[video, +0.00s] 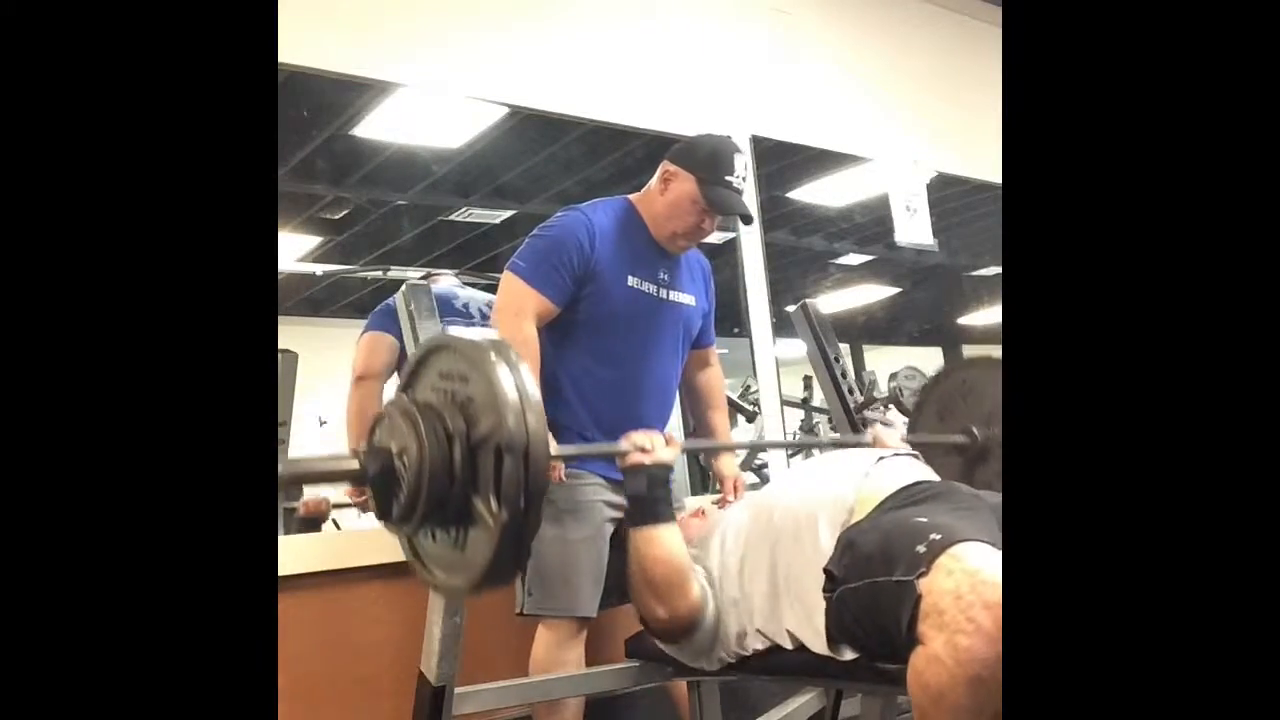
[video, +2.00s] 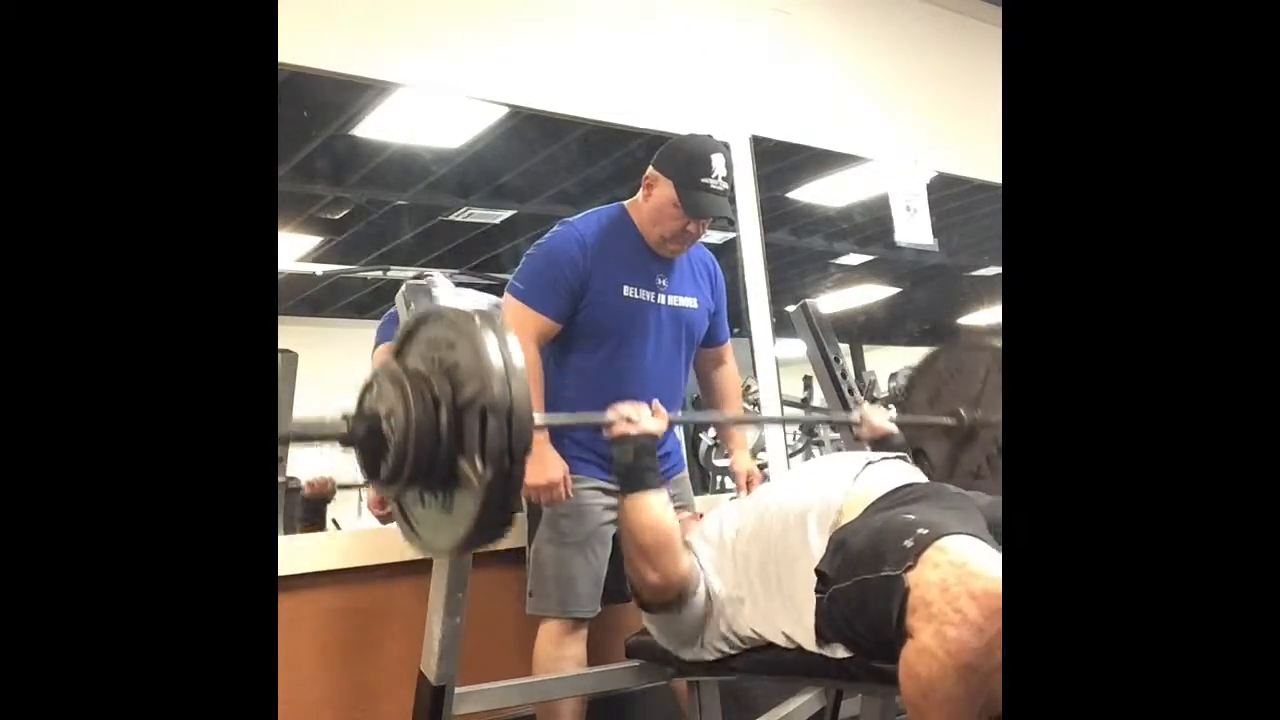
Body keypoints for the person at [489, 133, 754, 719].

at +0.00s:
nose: (712, 224)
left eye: (721, 214)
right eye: (706, 206)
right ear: (666, 178)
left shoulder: (697, 271)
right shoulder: (583, 232)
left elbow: (703, 366)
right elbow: (513, 315)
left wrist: (722, 453)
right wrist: (531, 431)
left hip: (651, 476)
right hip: (575, 469)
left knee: (627, 625)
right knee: (564, 626)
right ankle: (557, 718)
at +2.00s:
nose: (699, 227)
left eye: (708, 218)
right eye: (689, 211)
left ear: (717, 214)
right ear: (650, 186)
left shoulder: (704, 269)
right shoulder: (575, 246)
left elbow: (718, 364)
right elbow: (516, 340)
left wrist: (739, 449)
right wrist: (535, 444)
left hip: (661, 473)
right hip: (579, 469)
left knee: (634, 614)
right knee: (568, 620)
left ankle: (616, 715)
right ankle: (563, 718)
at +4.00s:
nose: (704, 229)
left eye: (713, 219)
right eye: (696, 212)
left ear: (722, 214)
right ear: (657, 186)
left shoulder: (706, 270)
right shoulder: (579, 247)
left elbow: (719, 364)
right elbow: (520, 340)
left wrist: (739, 449)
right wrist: (538, 446)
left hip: (661, 470)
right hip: (579, 467)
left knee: (652, 611)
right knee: (570, 619)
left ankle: (638, 713)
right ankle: (565, 716)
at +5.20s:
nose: (704, 230)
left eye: (712, 220)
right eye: (696, 215)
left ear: (719, 216)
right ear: (656, 189)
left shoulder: (705, 271)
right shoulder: (576, 249)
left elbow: (718, 366)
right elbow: (519, 343)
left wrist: (739, 450)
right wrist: (540, 455)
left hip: (661, 472)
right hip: (578, 472)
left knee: (658, 616)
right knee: (569, 621)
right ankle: (562, 716)